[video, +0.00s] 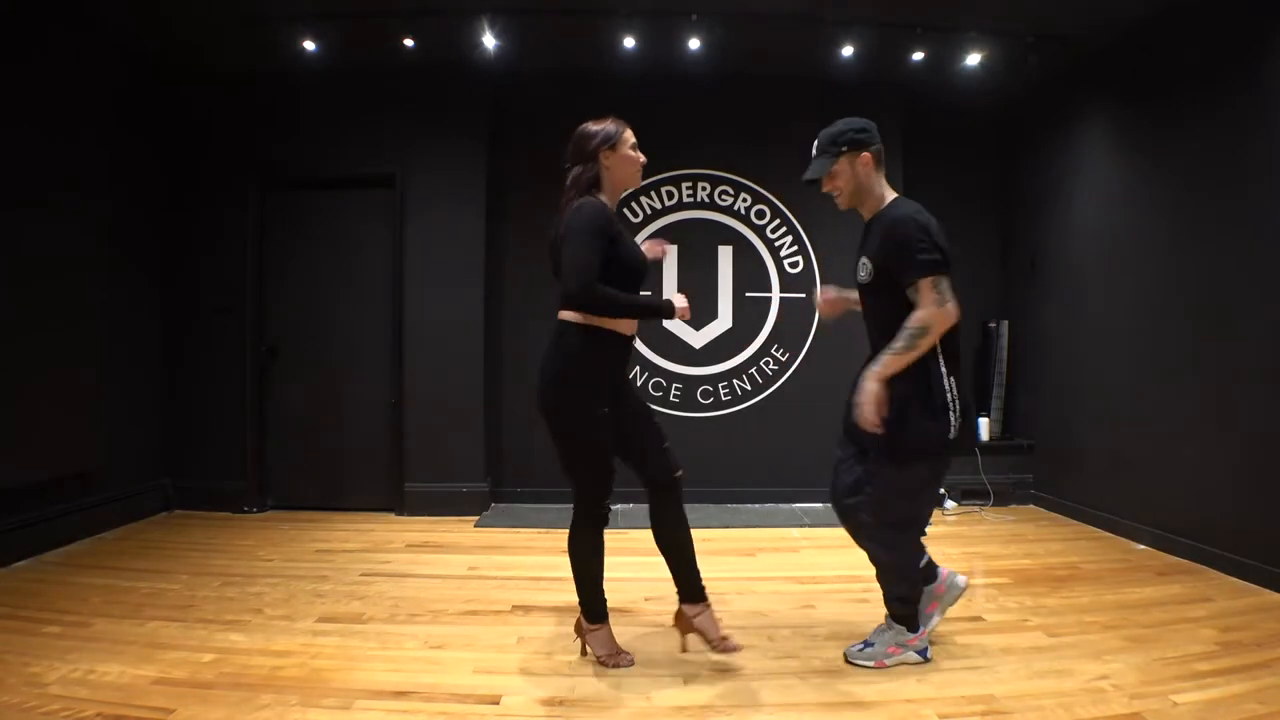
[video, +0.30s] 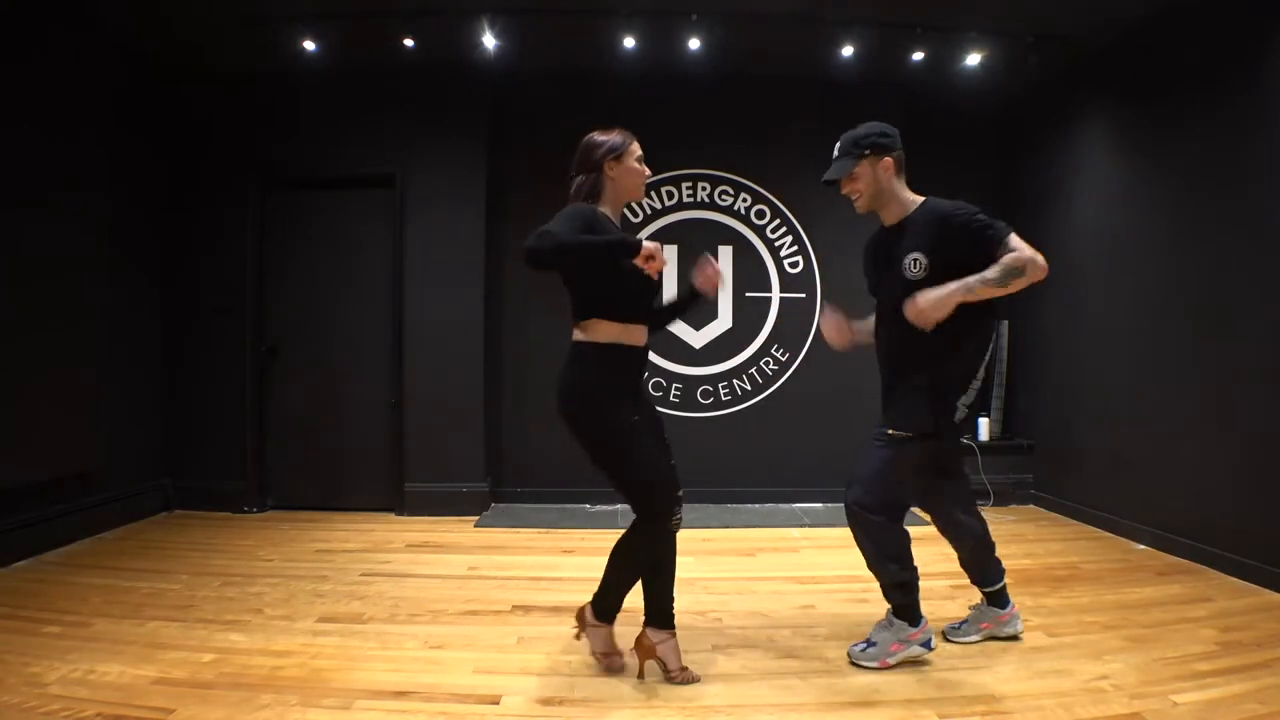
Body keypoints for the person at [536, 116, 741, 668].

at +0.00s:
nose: (642, 158)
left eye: (639, 149)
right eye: (632, 149)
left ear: (607, 162)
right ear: (603, 160)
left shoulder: (605, 215)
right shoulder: (587, 215)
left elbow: (604, 275)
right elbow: (579, 289)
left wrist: (638, 252)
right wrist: (664, 307)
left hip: (609, 372)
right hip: (577, 374)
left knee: (665, 479)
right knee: (592, 498)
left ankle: (694, 605)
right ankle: (593, 621)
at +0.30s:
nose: (647, 170)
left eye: (645, 161)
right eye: (638, 160)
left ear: (618, 169)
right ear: (609, 167)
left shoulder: (628, 238)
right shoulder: (582, 216)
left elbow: (646, 322)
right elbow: (538, 249)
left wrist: (693, 295)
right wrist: (627, 248)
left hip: (629, 381)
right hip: (593, 380)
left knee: (665, 506)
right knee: (656, 505)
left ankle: (659, 630)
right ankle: (597, 616)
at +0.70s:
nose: (595, 154)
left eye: (591, 145)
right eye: (585, 146)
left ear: (556, 158)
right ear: (554, 157)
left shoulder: (538, 218)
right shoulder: (555, 220)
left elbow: (502, 291)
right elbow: (591, 305)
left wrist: (561, 312)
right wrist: (679, 322)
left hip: (537, 378)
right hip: (534, 381)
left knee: (604, 488)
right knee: (548, 505)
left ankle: (568, 622)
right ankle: (532, 645)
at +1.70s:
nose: (410, 165)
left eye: (416, 159)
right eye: (397, 160)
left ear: (426, 175)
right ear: (376, 178)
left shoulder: (428, 243)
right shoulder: (372, 233)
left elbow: (473, 310)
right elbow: (423, 282)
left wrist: (536, 303)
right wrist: (503, 279)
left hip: (399, 379)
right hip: (352, 373)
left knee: (439, 486)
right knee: (325, 492)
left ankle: (419, 606)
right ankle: (304, 613)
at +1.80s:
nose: (419, 169)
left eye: (424, 162)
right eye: (405, 164)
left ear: (432, 178)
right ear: (384, 182)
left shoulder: (426, 246)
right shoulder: (385, 237)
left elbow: (456, 303)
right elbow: (428, 302)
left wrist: (519, 294)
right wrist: (510, 295)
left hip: (410, 383)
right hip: (366, 379)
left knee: (449, 491)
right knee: (333, 497)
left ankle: (422, 600)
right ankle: (304, 613)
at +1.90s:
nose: (429, 169)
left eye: (434, 162)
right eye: (415, 163)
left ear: (442, 178)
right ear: (393, 181)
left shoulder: (430, 240)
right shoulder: (396, 236)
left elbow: (466, 290)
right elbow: (435, 307)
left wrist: (520, 276)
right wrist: (517, 304)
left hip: (426, 379)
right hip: (384, 377)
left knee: (452, 492)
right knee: (372, 497)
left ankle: (417, 601)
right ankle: (315, 607)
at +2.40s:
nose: (513, 158)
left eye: (518, 152)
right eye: (500, 152)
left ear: (524, 167)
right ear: (475, 169)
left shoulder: (518, 230)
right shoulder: (489, 223)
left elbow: (551, 312)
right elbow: (549, 270)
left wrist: (619, 337)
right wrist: (618, 255)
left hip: (512, 368)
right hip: (489, 367)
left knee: (536, 491)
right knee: (522, 494)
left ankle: (467, 582)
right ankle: (531, 622)